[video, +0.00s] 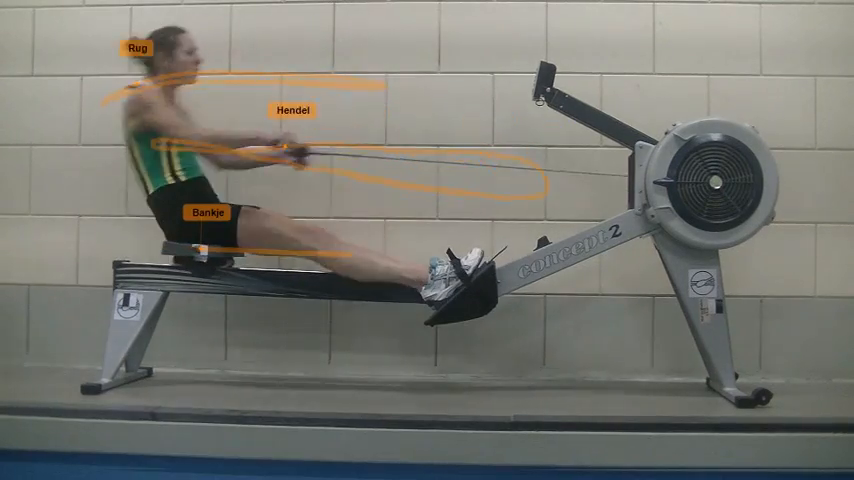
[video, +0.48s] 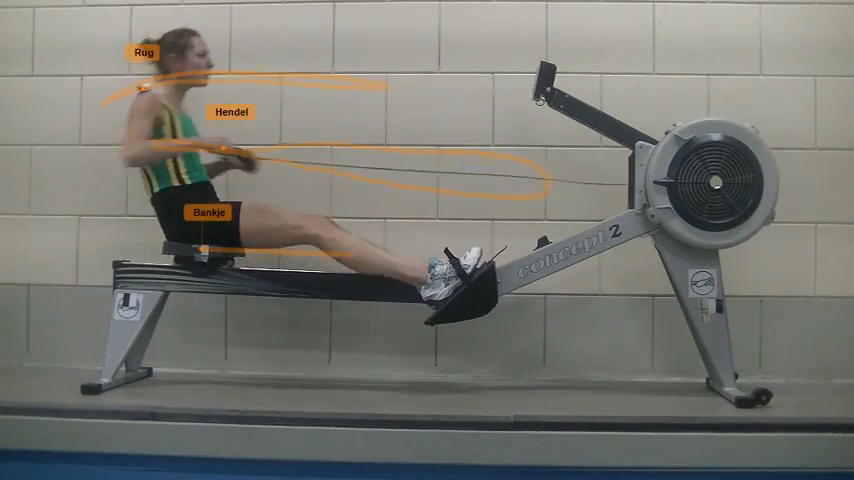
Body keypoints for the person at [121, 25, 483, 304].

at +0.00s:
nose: (197, 63)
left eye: (196, 55)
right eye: (189, 55)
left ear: (176, 61)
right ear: (162, 58)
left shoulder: (172, 108)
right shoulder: (146, 100)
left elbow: (223, 158)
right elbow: (197, 138)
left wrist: (278, 155)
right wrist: (267, 136)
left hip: (198, 208)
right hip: (185, 212)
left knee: (315, 236)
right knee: (310, 238)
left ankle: (433, 275)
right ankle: (426, 284)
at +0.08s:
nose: (179, 72)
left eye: (178, 64)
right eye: (172, 64)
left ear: (157, 69)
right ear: (144, 68)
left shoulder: (151, 116)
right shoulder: (123, 107)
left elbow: (181, 177)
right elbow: (146, 156)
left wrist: (234, 165)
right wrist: (217, 145)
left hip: (196, 210)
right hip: (185, 212)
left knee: (312, 239)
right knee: (308, 242)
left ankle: (431, 275)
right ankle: (426, 282)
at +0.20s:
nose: (173, 76)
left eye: (171, 69)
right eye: (165, 69)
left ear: (150, 76)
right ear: (141, 75)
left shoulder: (146, 119)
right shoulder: (114, 117)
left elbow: (165, 168)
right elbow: (89, 172)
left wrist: (190, 155)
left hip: (197, 211)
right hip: (184, 215)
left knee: (312, 239)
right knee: (308, 243)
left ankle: (429, 276)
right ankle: (429, 281)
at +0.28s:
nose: (174, 77)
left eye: (173, 70)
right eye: (167, 70)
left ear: (150, 74)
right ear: (142, 74)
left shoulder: (144, 116)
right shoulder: (115, 113)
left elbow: (147, 164)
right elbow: (73, 166)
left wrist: (178, 150)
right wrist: (132, 136)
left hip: (198, 212)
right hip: (184, 217)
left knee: (311, 234)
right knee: (307, 237)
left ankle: (429, 277)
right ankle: (430, 280)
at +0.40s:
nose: (191, 70)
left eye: (189, 62)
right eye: (183, 63)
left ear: (167, 68)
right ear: (156, 67)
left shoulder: (161, 112)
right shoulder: (132, 108)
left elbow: (168, 162)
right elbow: (96, 156)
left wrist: (203, 156)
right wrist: (159, 139)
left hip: (199, 212)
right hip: (186, 216)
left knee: (313, 231)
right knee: (308, 234)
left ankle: (429, 277)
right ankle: (428, 282)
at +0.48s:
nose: (209, 63)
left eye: (208, 55)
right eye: (200, 56)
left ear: (185, 63)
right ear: (174, 62)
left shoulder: (177, 112)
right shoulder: (149, 102)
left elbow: (187, 175)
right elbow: (130, 153)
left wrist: (227, 162)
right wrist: (196, 146)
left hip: (199, 210)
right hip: (186, 214)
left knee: (320, 224)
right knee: (313, 227)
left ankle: (431, 275)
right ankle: (427, 283)